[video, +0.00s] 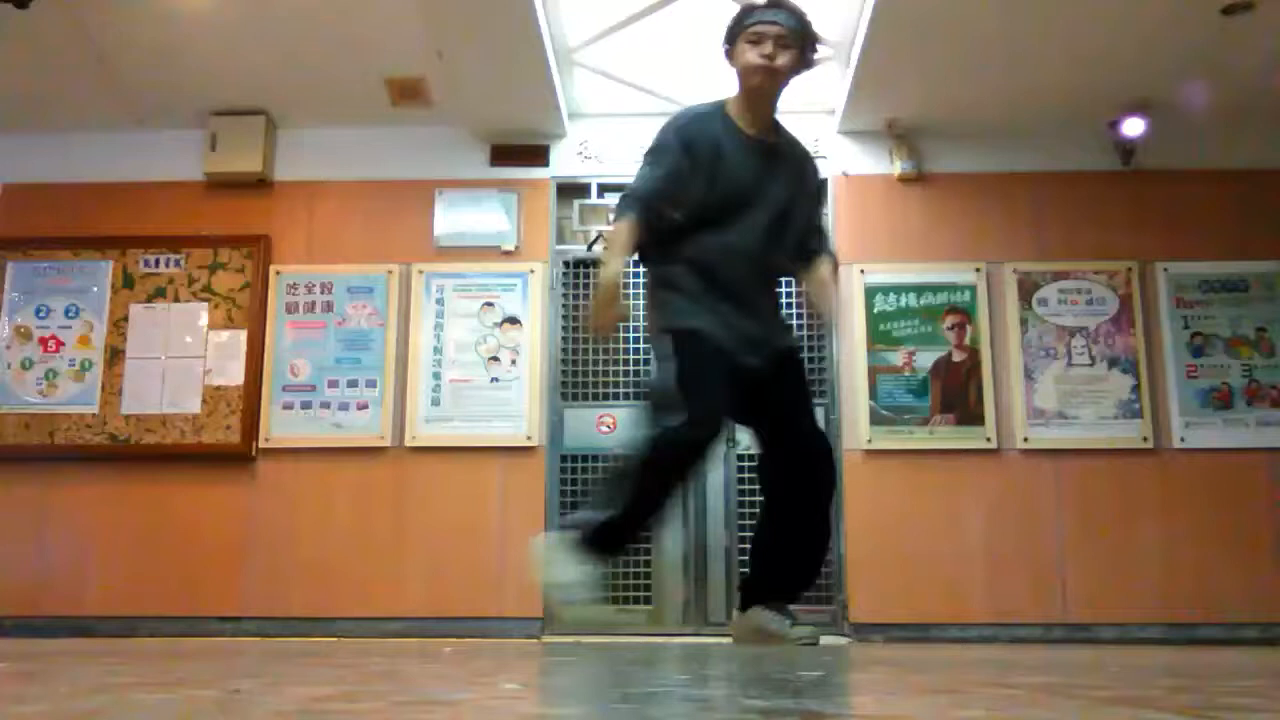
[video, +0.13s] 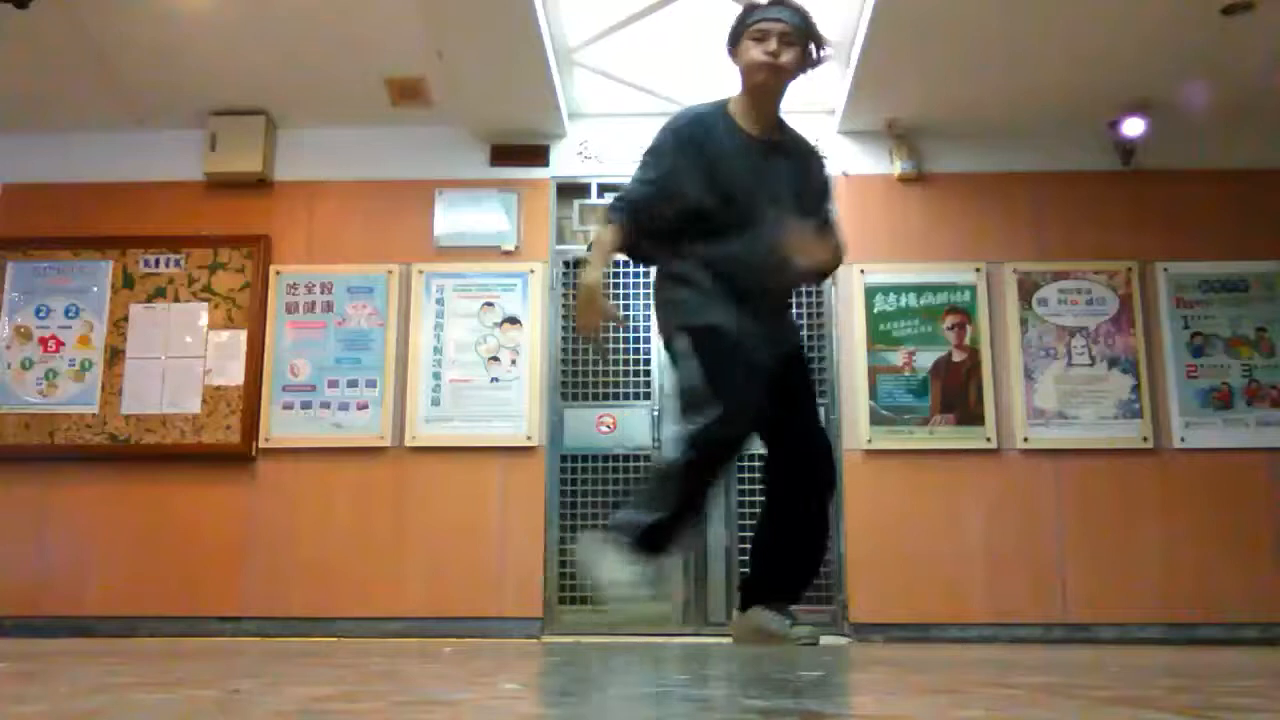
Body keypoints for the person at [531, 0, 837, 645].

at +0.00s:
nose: (767, 54)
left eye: (782, 46)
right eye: (756, 42)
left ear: (799, 63)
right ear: (732, 53)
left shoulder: (797, 166)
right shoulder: (694, 131)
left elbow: (811, 260)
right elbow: (634, 213)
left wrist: (846, 329)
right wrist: (608, 281)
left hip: (760, 326)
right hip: (690, 314)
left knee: (805, 460)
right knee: (696, 421)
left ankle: (763, 606)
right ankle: (587, 547)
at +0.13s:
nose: (773, 52)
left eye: (788, 45)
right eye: (761, 40)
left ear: (802, 64)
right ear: (736, 52)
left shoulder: (803, 159)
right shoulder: (693, 131)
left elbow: (830, 251)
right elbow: (627, 213)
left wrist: (813, 255)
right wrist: (593, 271)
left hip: (769, 316)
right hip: (696, 304)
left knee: (806, 459)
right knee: (733, 411)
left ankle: (765, 607)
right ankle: (628, 545)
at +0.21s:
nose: (774, 44)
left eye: (789, 36)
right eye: (762, 30)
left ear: (801, 53)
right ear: (734, 39)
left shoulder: (811, 143)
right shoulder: (688, 125)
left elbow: (852, 230)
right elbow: (613, 202)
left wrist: (831, 176)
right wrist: (570, 252)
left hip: (786, 316)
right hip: (711, 301)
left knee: (815, 449)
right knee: (781, 405)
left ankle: (773, 596)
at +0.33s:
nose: (761, 39)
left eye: (777, 31)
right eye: (751, 24)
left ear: (790, 44)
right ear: (725, 27)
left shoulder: (810, 123)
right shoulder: (681, 116)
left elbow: (875, 158)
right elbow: (610, 189)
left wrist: (869, 97)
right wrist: (549, 211)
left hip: (804, 298)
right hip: (731, 289)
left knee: (806, 436)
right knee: (805, 411)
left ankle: (764, 601)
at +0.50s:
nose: (754, 55)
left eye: (766, 45)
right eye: (741, 41)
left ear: (780, 54)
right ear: (716, 46)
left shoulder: (807, 130)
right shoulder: (681, 134)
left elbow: (880, 140)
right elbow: (611, 212)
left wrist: (888, 99)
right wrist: (561, 237)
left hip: (811, 315)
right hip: (735, 312)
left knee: (809, 452)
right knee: (797, 441)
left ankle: (760, 606)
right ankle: (867, 586)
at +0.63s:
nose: (757, 48)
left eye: (770, 37)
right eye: (744, 34)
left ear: (785, 46)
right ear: (719, 39)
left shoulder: (811, 131)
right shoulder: (684, 129)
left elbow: (861, 207)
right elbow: (631, 227)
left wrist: (867, 196)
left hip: (787, 312)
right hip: (709, 306)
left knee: (801, 444)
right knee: (773, 419)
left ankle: (760, 603)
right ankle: (788, 573)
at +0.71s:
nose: (756, 49)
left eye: (770, 38)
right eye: (744, 36)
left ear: (786, 53)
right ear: (719, 46)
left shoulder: (807, 139)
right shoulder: (686, 133)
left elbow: (835, 223)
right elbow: (636, 229)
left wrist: (851, 255)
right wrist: (693, 243)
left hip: (773, 319)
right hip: (698, 314)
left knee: (802, 457)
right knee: (729, 419)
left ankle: (764, 605)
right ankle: (735, 566)